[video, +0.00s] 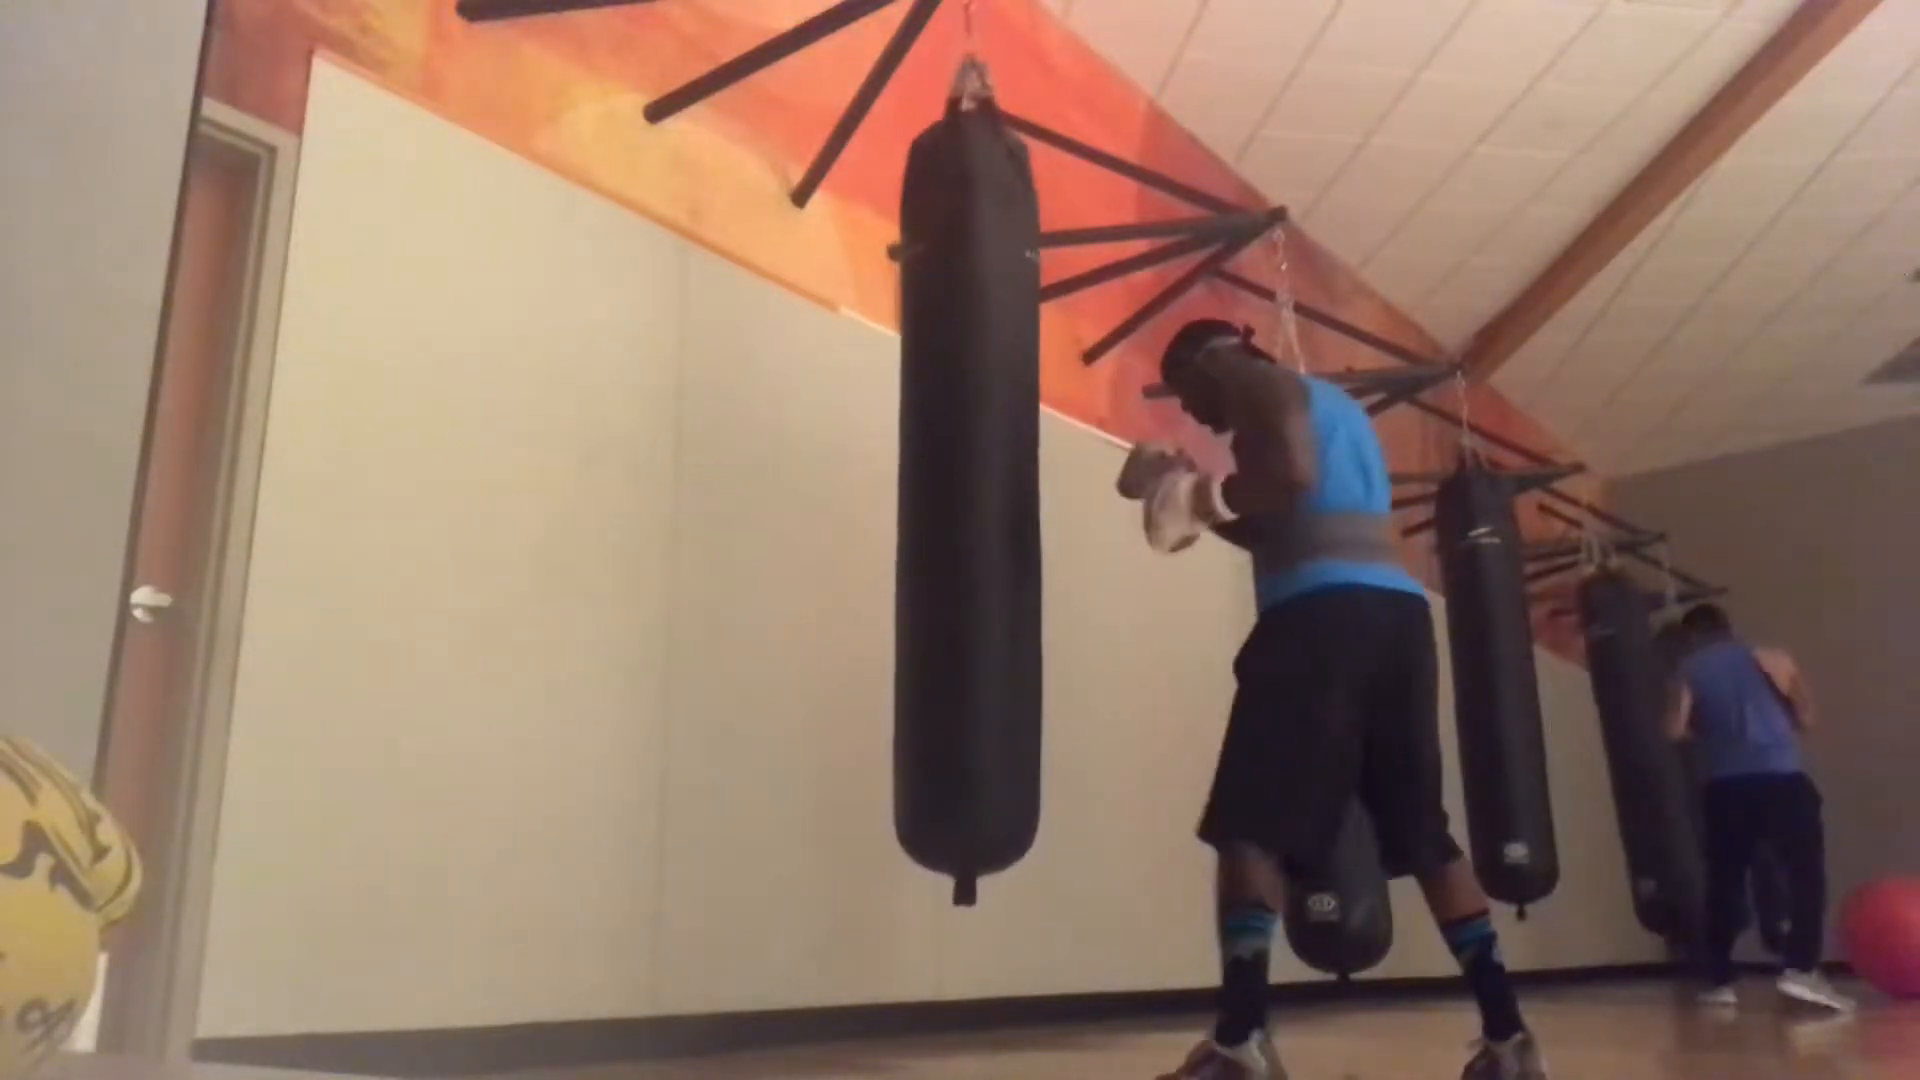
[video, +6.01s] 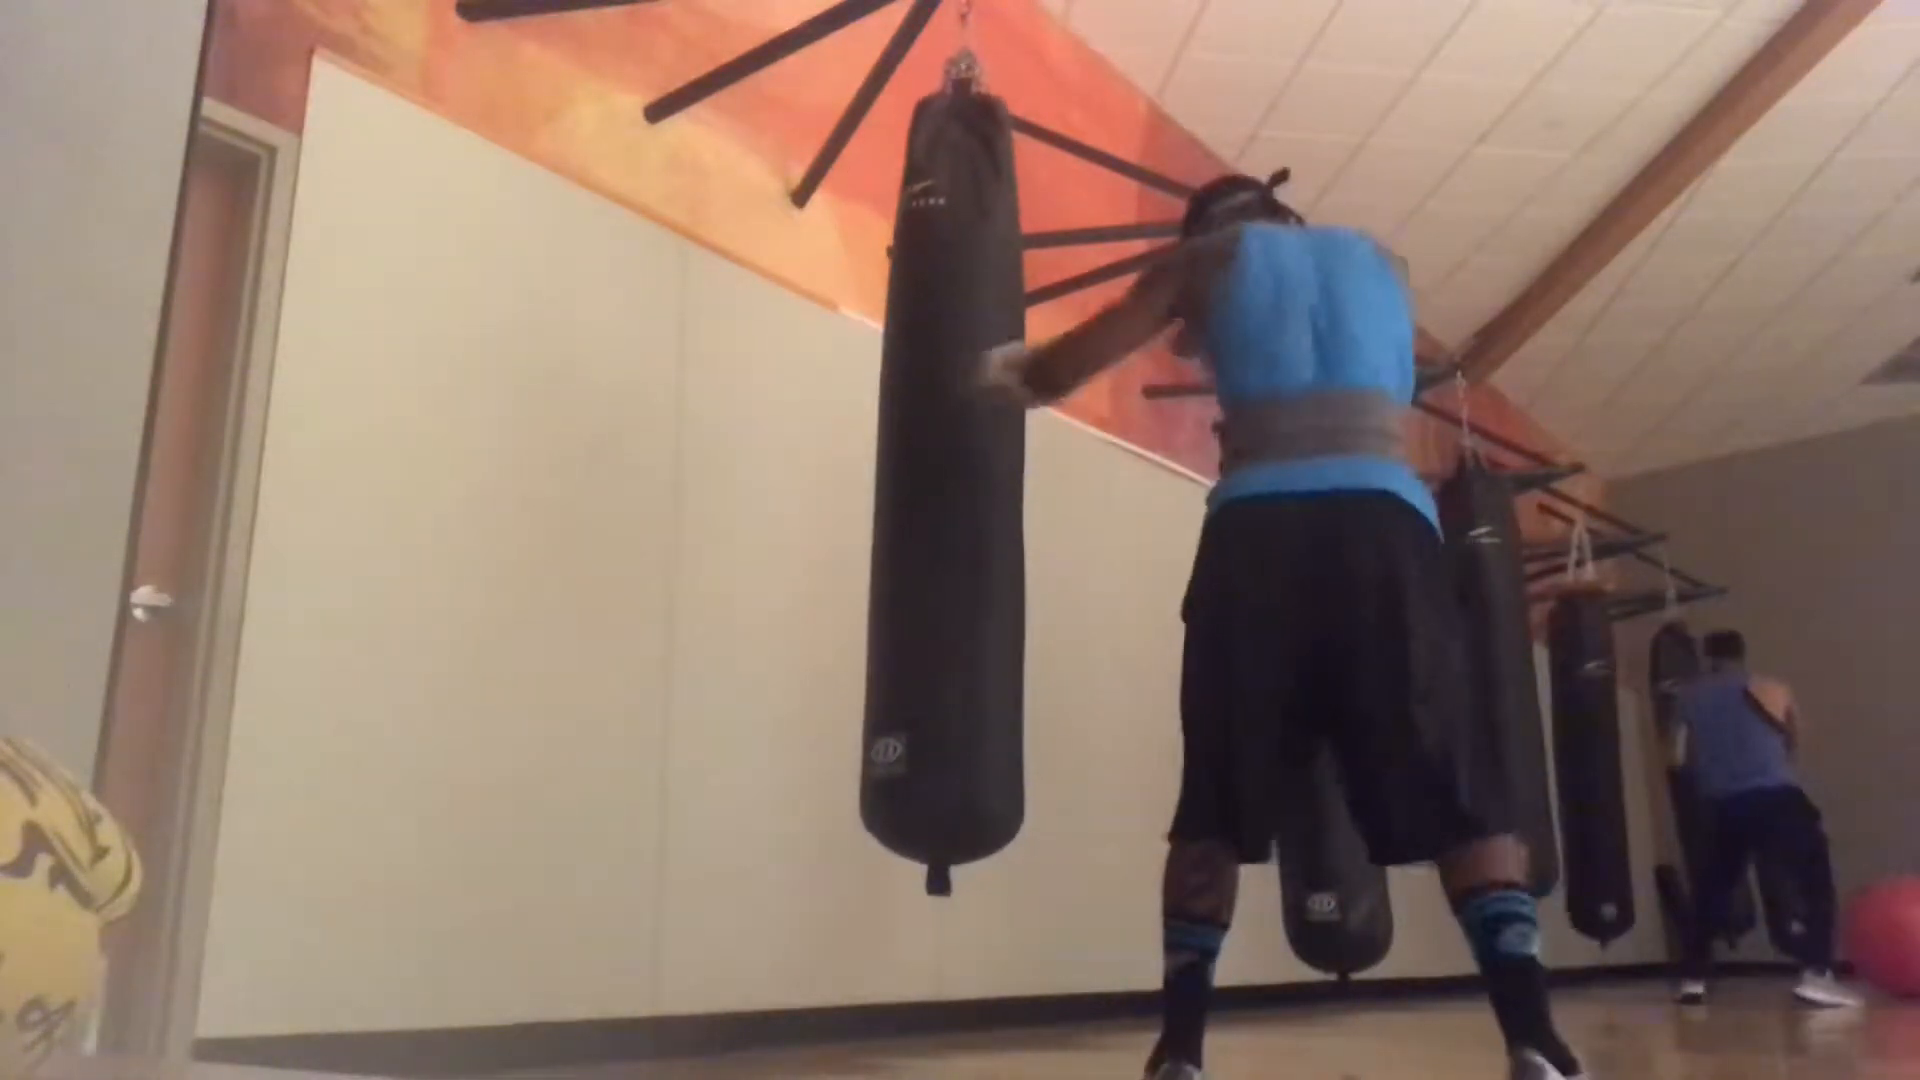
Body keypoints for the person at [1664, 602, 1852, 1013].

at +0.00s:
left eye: (1689, 639)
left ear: (1690, 638)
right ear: (1728, 627)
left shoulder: (1690, 672)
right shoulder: (1772, 659)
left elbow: (1675, 730)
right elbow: (1806, 717)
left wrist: (1705, 726)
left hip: (1728, 791)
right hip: (1786, 786)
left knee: (1724, 884)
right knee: (1807, 877)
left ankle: (1719, 981)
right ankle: (1801, 971)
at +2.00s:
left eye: (1721, 650)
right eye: (1734, 645)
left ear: (1715, 652)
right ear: (1749, 643)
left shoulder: (1714, 690)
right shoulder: (1776, 668)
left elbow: (1671, 723)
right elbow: (1807, 695)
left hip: (1762, 794)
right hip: (1815, 785)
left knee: (1735, 878)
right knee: (1863, 873)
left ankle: (1712, 968)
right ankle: (1906, 960)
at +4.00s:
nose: (1794, 654)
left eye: (1791, 648)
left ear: (1792, 645)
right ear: (1832, 637)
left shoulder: (1790, 673)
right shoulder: (1866, 670)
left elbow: (1741, 709)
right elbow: (1883, 712)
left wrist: (1739, 671)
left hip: (1813, 799)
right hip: (1872, 798)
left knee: (1791, 890)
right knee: (1904, 887)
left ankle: (1775, 981)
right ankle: (1917, 975)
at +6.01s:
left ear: (1707, 660)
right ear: (1743, 657)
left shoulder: (1691, 699)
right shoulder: (1772, 690)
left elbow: (1680, 759)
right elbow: (1792, 743)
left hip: (1723, 806)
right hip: (1779, 799)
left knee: (1712, 887)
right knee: (1816, 882)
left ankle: (1694, 977)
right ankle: (1817, 973)